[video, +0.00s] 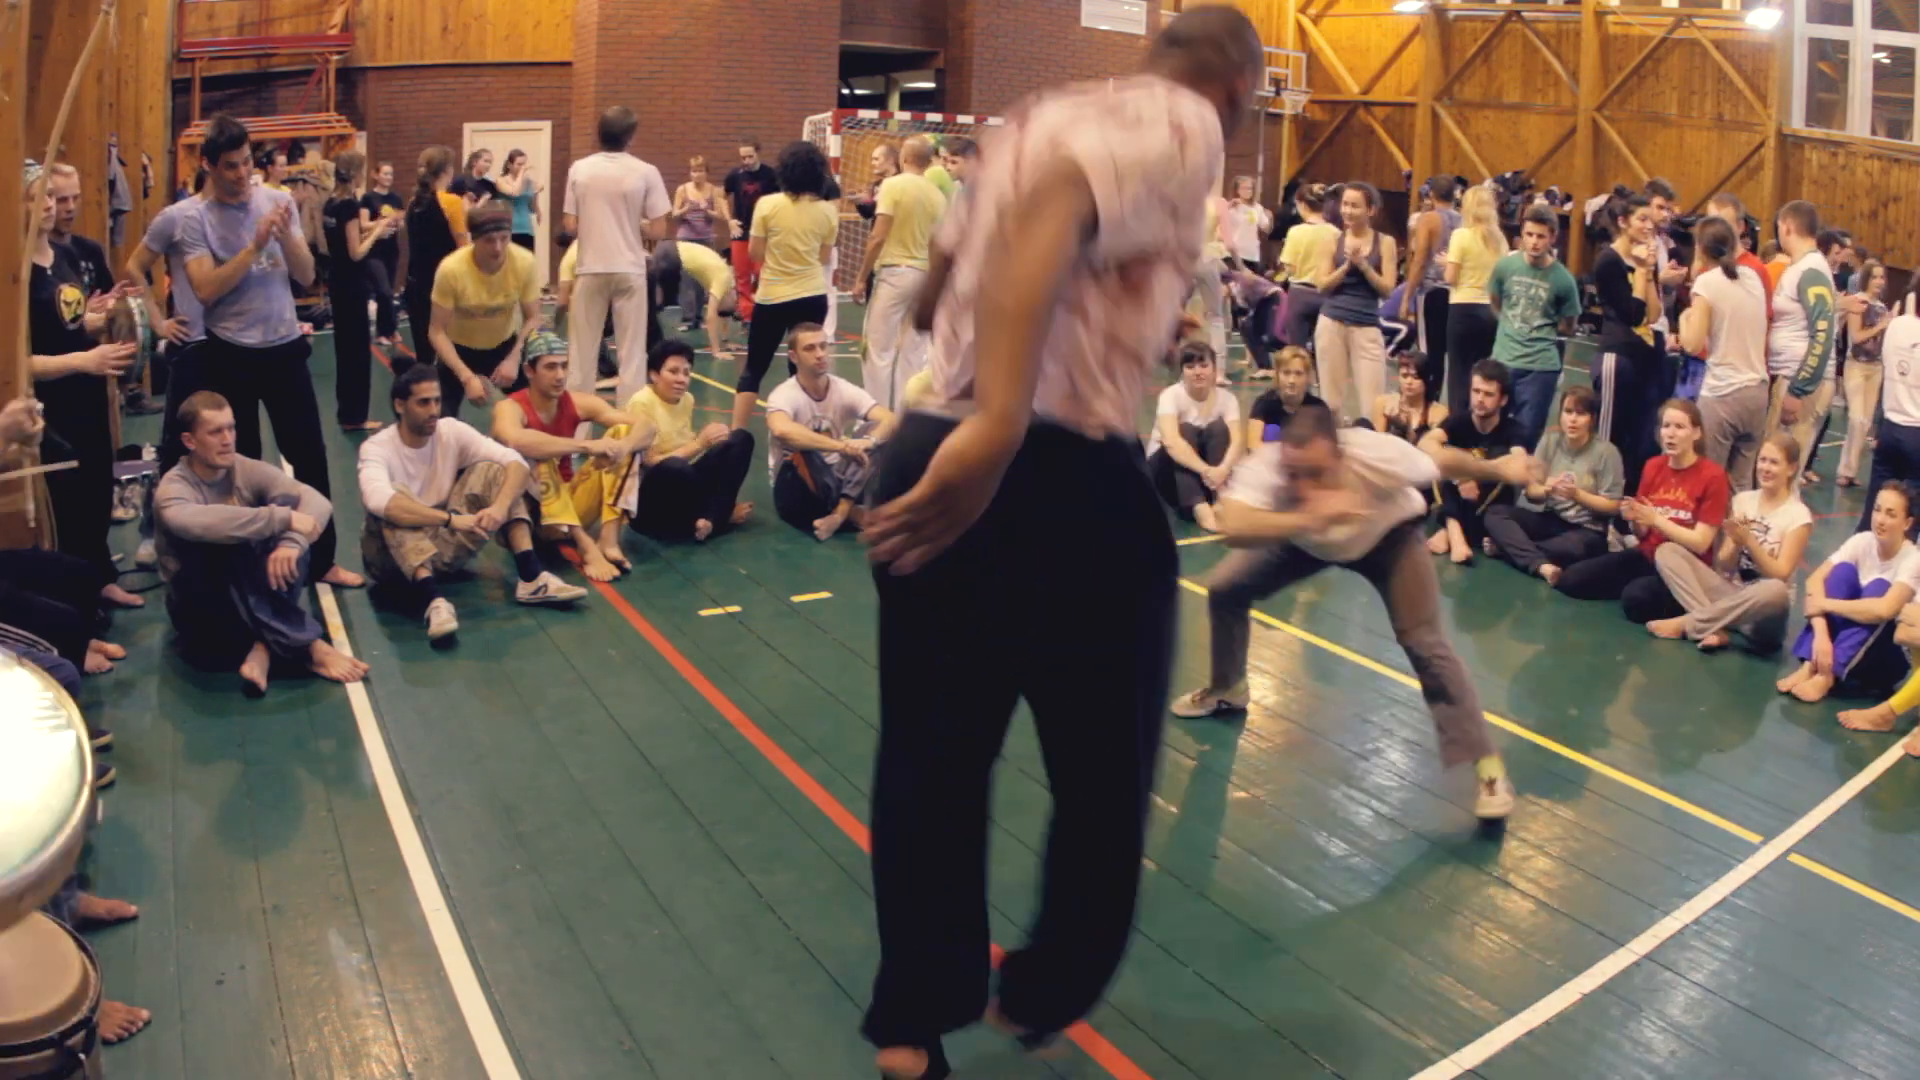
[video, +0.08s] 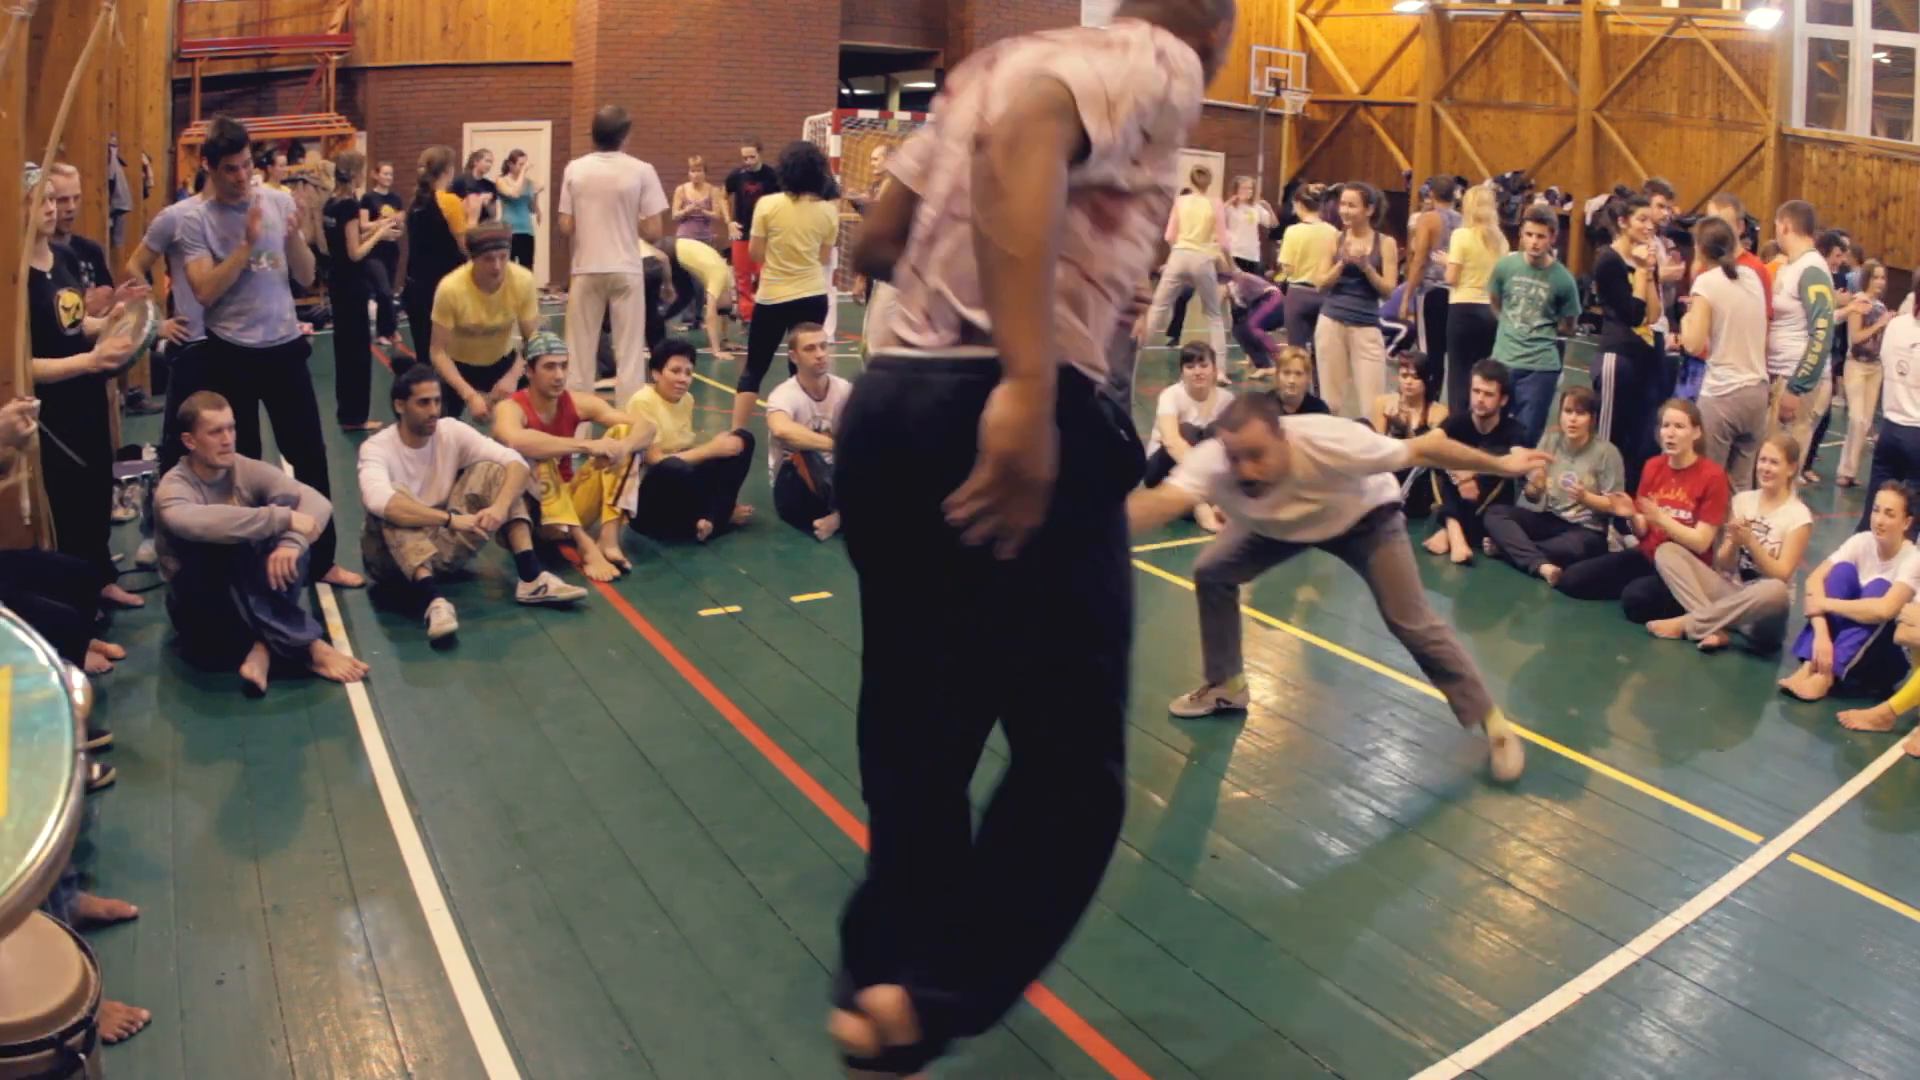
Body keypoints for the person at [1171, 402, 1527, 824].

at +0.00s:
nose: (1302, 478)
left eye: (1311, 467)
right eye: (1293, 467)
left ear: (1335, 449)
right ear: (1282, 451)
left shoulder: (1375, 455)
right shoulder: (1269, 461)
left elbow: (1445, 463)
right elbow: (1230, 522)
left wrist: (1504, 469)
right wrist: (1304, 521)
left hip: (1388, 534)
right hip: (1307, 540)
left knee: (1423, 641)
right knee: (1226, 588)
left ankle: (1486, 764)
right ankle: (1228, 690)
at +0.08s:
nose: (1246, 468)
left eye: (1256, 455)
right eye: (1236, 458)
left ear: (1283, 438)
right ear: (1224, 447)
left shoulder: (1328, 444)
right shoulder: (1213, 459)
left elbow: (1422, 448)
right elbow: (1156, 504)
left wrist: (1502, 463)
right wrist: (1095, 523)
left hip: (1360, 512)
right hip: (1278, 524)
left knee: (1408, 618)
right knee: (1211, 570)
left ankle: (1493, 725)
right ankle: (1226, 687)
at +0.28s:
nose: (1196, 388)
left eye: (1204, 374)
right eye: (1185, 378)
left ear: (1233, 363)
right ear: (1177, 379)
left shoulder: (1278, 388)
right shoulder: (1179, 406)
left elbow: (1322, 463)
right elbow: (1129, 447)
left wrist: (1303, 507)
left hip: (1323, 480)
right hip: (1253, 486)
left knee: (1362, 560)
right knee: (1205, 561)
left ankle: (1393, 595)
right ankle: (1225, 680)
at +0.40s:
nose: (1202, 334)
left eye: (1211, 319)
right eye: (1194, 323)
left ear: (1241, 312)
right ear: (1187, 325)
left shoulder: (1282, 348)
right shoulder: (1211, 356)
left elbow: (1228, 428)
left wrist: (1136, 421)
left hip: (1319, 466)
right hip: (1254, 458)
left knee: (1308, 537)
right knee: (1227, 547)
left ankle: (1300, 566)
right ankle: (1226, 674)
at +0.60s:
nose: (1233, 317)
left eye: (1245, 306)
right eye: (1226, 306)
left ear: (1270, 308)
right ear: (1219, 308)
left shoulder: (1290, 364)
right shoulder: (1234, 344)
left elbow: (1248, 433)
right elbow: (1227, 394)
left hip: (1293, 474)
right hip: (1240, 453)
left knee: (1261, 553)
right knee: (1217, 526)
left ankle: (1244, 571)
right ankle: (1222, 637)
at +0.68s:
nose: (1238, 302)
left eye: (1250, 292)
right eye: (1232, 291)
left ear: (1277, 296)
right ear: (1226, 294)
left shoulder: (1296, 353)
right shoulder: (1239, 338)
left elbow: (1241, 420)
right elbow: (1244, 401)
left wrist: (1204, 389)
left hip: (1299, 480)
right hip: (1246, 455)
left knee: (1260, 550)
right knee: (1216, 522)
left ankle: (1245, 570)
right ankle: (1218, 639)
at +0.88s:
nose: (1207, 286)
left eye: (1216, 274)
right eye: (1202, 277)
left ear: (1249, 268)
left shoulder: (1266, 293)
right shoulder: (1249, 307)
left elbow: (1189, 351)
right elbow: (1271, 369)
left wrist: (1193, 302)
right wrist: (1216, 361)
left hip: (1353, 436)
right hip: (1300, 432)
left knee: (1293, 540)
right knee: (1250, 516)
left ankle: (1331, 591)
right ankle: (1280, 613)